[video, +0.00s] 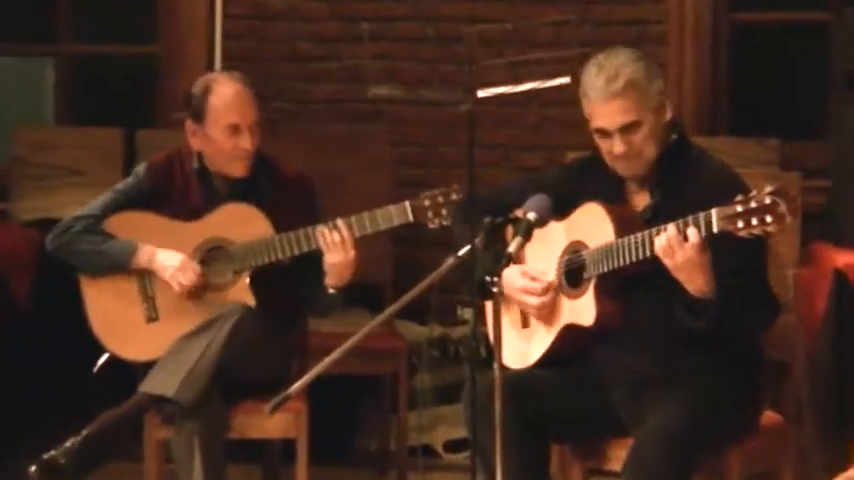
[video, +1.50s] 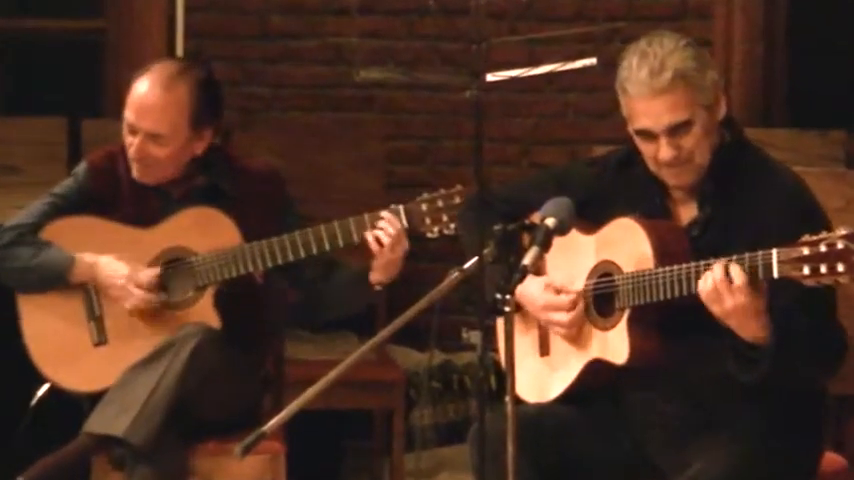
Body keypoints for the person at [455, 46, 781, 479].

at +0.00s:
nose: (618, 147)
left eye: (631, 129)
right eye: (603, 133)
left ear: (664, 113)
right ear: (590, 128)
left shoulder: (715, 187)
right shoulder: (583, 179)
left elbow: (756, 315)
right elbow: (476, 208)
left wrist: (704, 292)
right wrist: (498, 273)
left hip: (700, 378)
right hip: (605, 370)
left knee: (657, 446)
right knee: (500, 393)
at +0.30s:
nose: (635, 148)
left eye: (648, 129)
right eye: (618, 134)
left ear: (679, 116)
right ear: (600, 125)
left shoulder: (729, 191)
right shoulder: (589, 179)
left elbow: (769, 327)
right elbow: (476, 208)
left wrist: (718, 300)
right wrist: (501, 274)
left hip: (710, 387)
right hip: (609, 379)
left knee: (667, 459)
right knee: (498, 402)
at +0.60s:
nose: (642, 159)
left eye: (655, 140)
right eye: (624, 145)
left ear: (686, 116)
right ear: (605, 130)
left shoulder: (740, 195)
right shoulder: (592, 181)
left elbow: (780, 335)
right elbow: (476, 209)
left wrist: (727, 310)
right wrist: (504, 274)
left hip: (718, 395)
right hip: (612, 389)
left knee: (678, 457)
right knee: (499, 410)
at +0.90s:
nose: (650, 154)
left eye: (664, 134)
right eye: (632, 139)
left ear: (697, 113)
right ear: (614, 128)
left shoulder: (752, 196)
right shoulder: (601, 181)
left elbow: (794, 345)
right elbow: (477, 211)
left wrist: (738, 322)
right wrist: (507, 286)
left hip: (728, 403)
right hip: (617, 394)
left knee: (696, 457)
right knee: (499, 420)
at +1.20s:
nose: (665, 156)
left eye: (680, 133)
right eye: (646, 139)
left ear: (717, 109)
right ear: (627, 129)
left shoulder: (777, 202)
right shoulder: (612, 180)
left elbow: (819, 355)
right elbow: (479, 211)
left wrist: (761, 338)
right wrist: (510, 291)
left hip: (744, 414)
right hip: (624, 403)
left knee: (725, 463)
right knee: (501, 435)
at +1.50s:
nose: (666, 152)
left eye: (681, 130)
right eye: (647, 136)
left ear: (718, 107)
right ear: (628, 127)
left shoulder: (779, 199)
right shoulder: (612, 180)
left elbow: (824, 350)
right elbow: (483, 211)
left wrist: (761, 334)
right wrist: (516, 288)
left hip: (744, 412)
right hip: (623, 400)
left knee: (726, 463)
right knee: (502, 434)